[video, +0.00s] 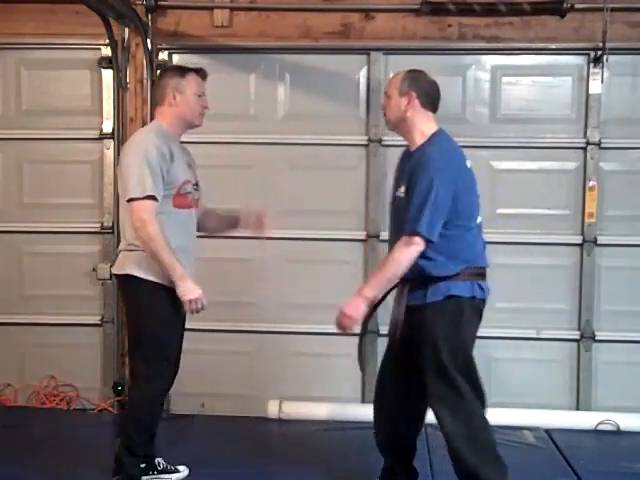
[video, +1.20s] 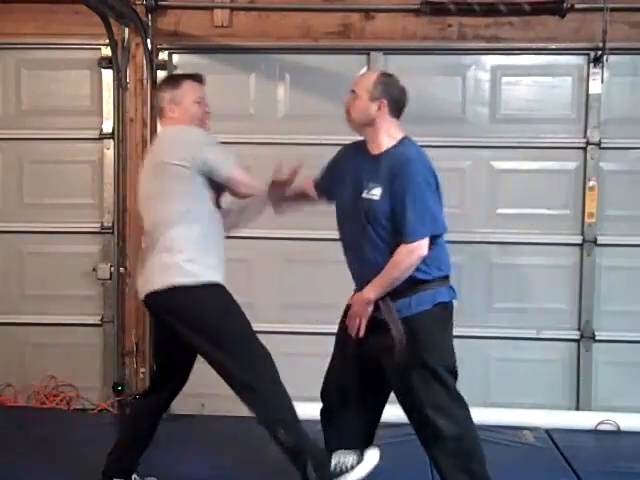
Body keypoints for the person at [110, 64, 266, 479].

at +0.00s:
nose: (207, 104)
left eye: (206, 96)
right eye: (200, 96)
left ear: (178, 98)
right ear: (174, 97)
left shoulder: (181, 152)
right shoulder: (145, 144)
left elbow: (196, 219)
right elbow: (142, 222)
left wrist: (240, 221)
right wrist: (181, 279)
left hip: (168, 279)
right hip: (144, 277)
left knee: (161, 371)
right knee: (151, 372)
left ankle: (142, 458)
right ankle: (133, 463)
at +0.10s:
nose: (199, 102)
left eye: (198, 94)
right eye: (192, 94)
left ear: (171, 98)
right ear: (166, 97)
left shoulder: (176, 151)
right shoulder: (139, 146)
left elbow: (188, 223)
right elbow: (139, 224)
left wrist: (216, 268)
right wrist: (173, 283)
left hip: (167, 283)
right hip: (140, 281)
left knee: (160, 375)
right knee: (141, 377)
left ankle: (143, 459)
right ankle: (125, 467)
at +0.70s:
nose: (169, 101)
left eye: (167, 94)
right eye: (161, 94)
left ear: (139, 100)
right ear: (133, 100)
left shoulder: (152, 151)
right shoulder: (119, 147)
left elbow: (173, 213)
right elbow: (123, 222)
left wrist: (188, 263)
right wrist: (164, 269)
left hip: (154, 282)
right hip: (134, 281)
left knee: (136, 382)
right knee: (183, 371)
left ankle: (112, 471)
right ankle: (145, 465)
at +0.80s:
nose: (170, 102)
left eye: (167, 95)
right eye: (162, 95)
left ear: (142, 102)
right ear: (134, 102)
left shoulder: (158, 152)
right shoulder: (119, 146)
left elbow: (174, 210)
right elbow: (143, 208)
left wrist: (196, 245)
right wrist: (193, 231)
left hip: (160, 276)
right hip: (137, 276)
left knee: (141, 382)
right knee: (200, 358)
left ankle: (113, 471)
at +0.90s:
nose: (171, 104)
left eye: (169, 97)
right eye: (163, 97)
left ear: (143, 103)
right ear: (136, 102)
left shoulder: (160, 153)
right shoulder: (122, 145)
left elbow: (187, 196)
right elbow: (164, 190)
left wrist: (206, 219)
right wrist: (233, 183)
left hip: (163, 275)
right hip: (144, 276)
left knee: (143, 380)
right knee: (222, 343)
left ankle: (113, 469)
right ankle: (278, 438)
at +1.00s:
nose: (177, 105)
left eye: (175, 97)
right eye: (169, 97)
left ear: (143, 104)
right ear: (141, 102)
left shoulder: (145, 145)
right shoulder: (137, 141)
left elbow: (188, 188)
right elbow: (196, 170)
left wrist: (226, 198)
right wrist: (265, 143)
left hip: (156, 272)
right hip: (159, 271)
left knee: (150, 377)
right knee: (243, 335)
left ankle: (115, 470)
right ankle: (311, 425)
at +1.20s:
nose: (207, 111)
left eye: (205, 103)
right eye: (199, 103)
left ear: (171, 110)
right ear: (170, 108)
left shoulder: (159, 153)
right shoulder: (187, 140)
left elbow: (217, 223)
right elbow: (250, 186)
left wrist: (271, 196)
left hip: (163, 286)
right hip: (191, 283)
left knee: (164, 382)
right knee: (256, 371)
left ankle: (118, 470)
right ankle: (316, 466)